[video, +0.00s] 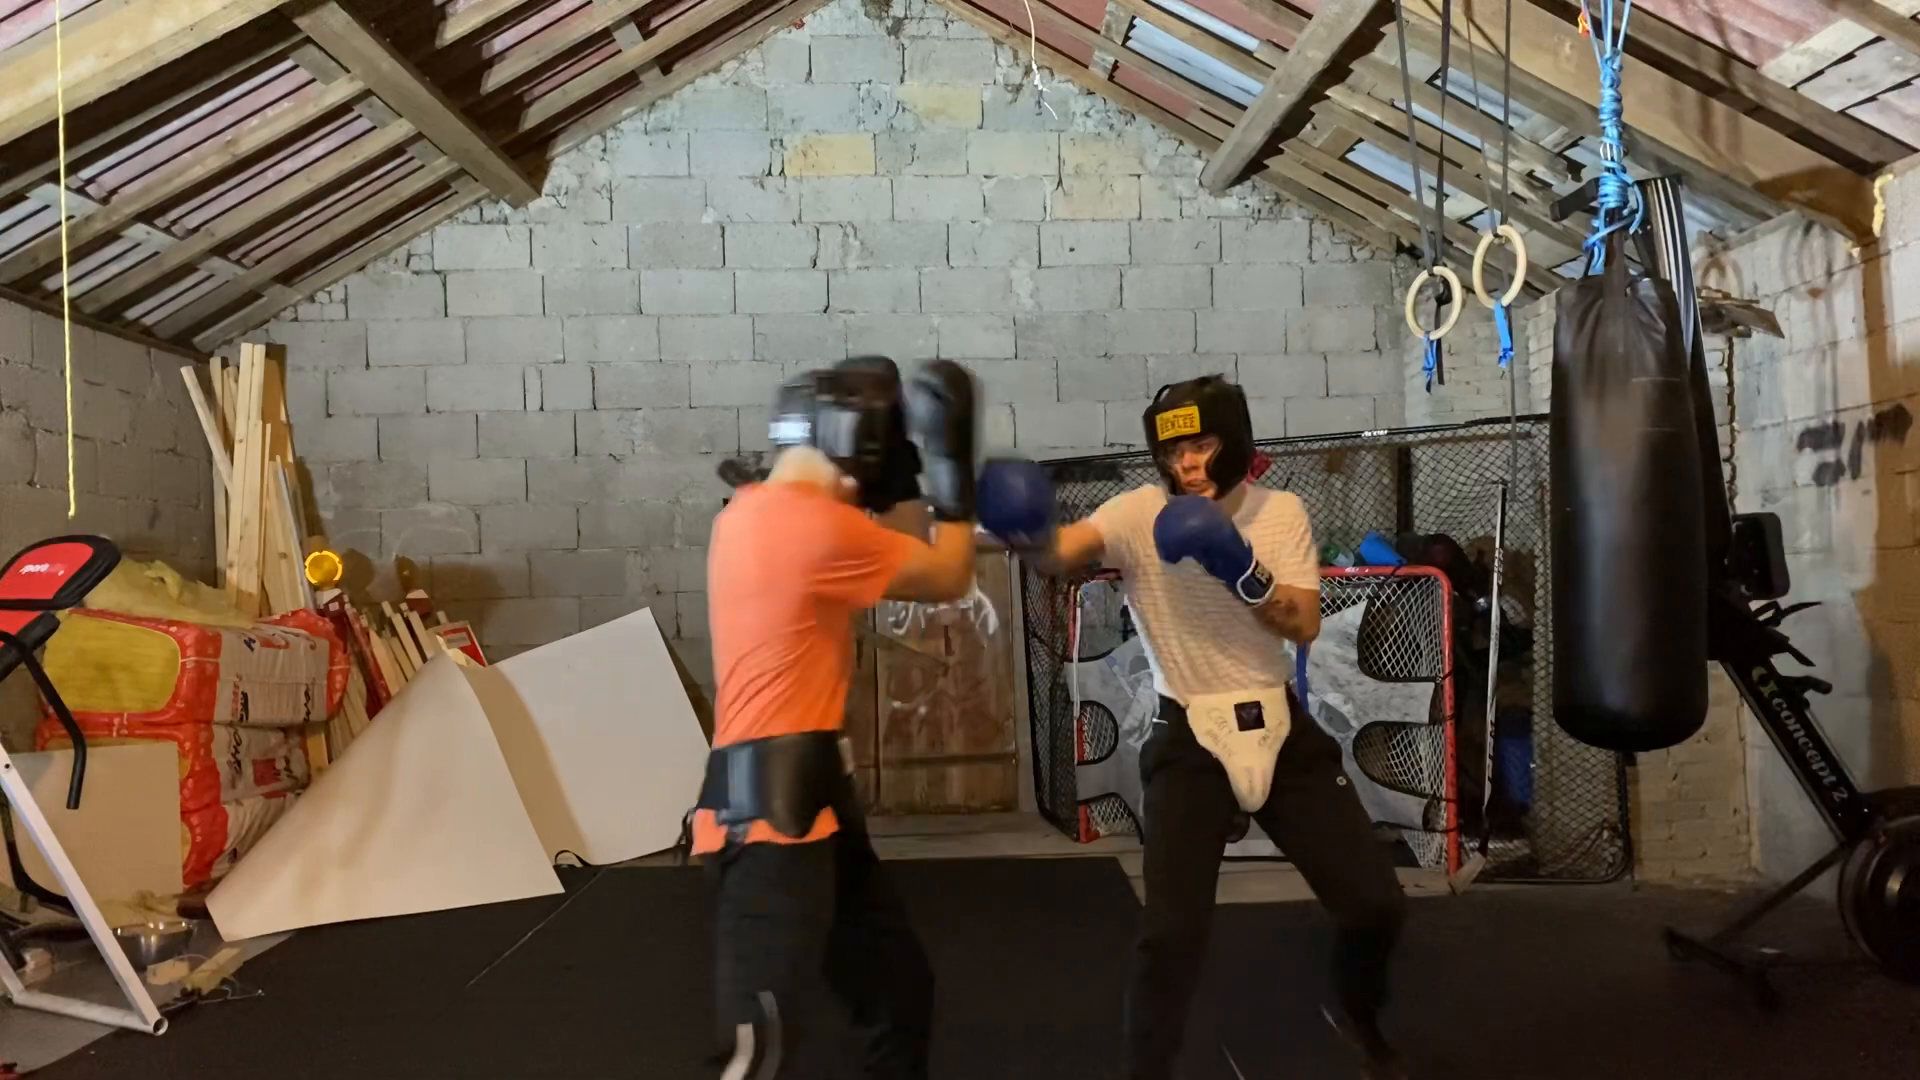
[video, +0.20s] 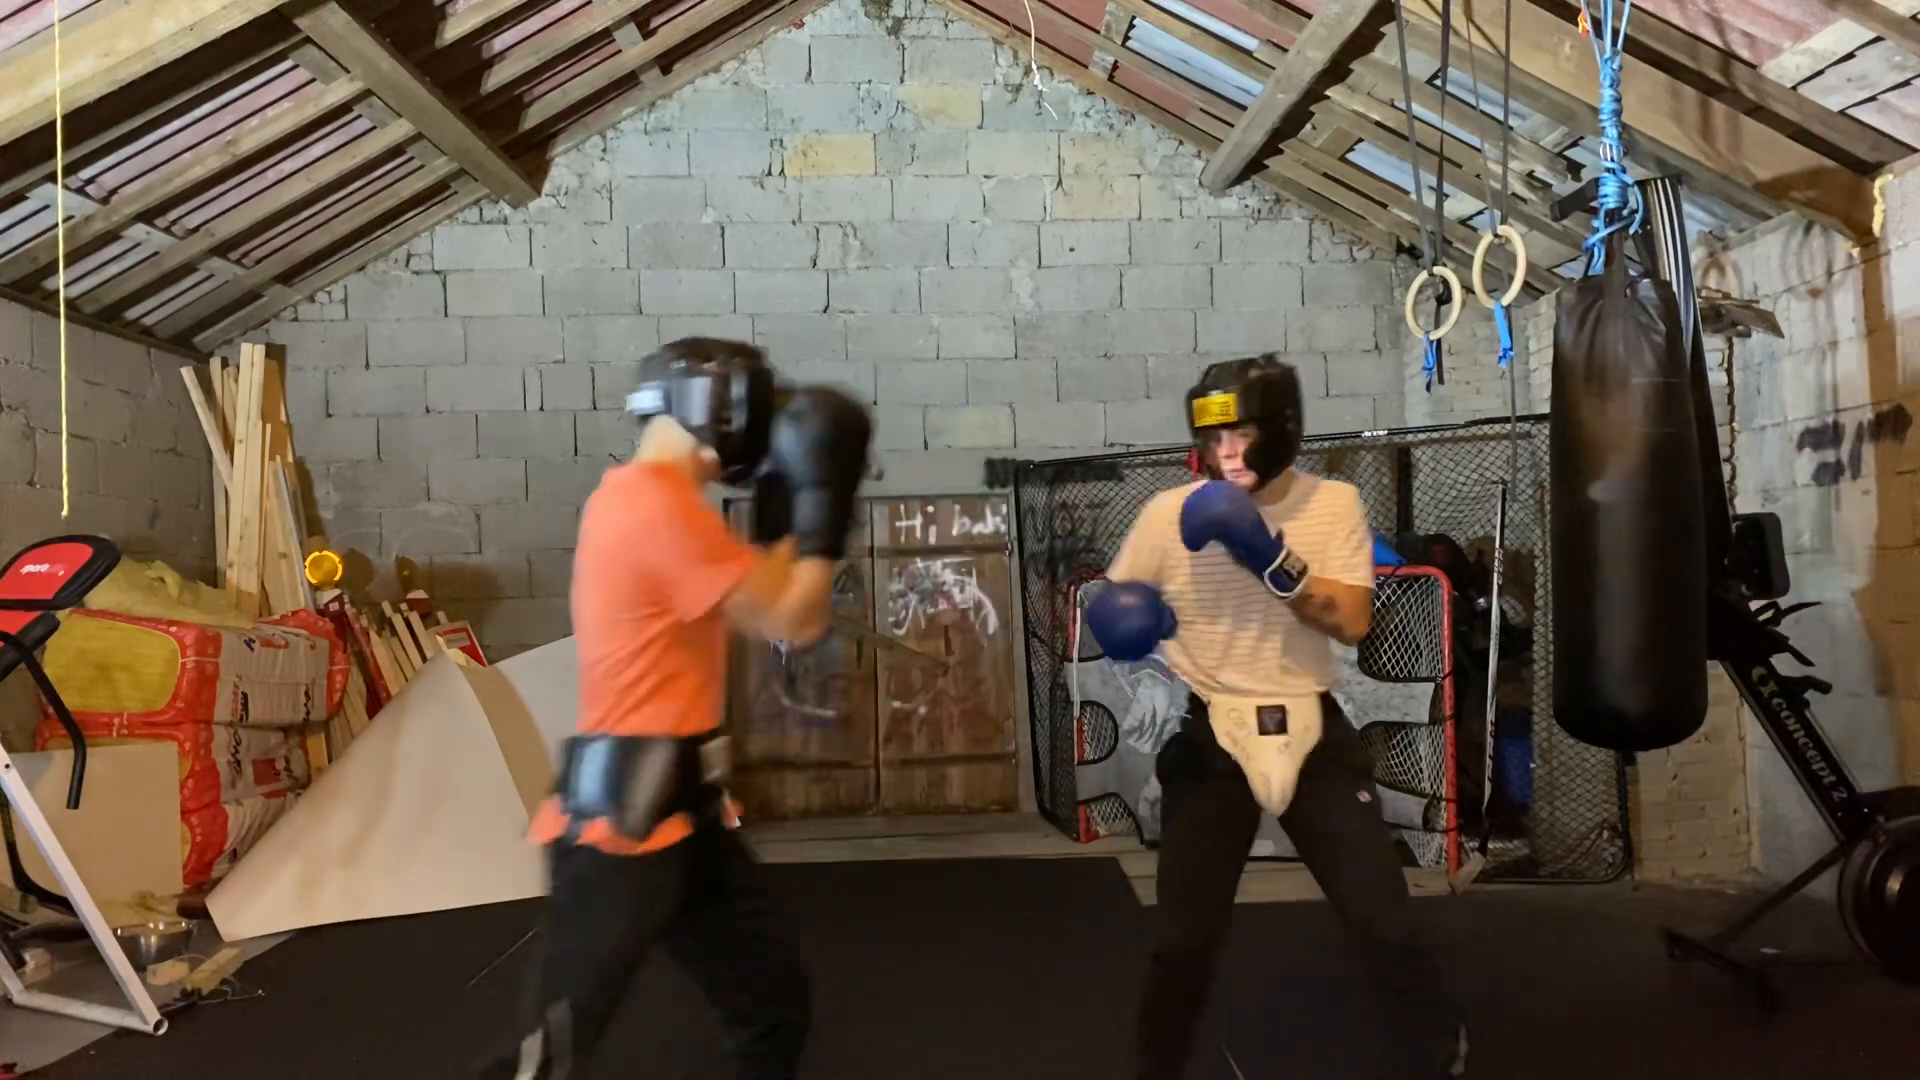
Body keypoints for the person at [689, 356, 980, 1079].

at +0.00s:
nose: (890, 468)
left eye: (895, 449)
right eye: (889, 447)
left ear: (801, 431)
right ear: (859, 447)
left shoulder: (742, 516)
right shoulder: (818, 527)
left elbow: (892, 556)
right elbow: (950, 573)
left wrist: (912, 471)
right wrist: (953, 457)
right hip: (783, 821)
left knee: (897, 992)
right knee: (763, 1044)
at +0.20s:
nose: (760, 429)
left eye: (760, 414)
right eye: (754, 413)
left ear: (674, 406)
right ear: (719, 409)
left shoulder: (648, 495)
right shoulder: (653, 504)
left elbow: (757, 600)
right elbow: (796, 620)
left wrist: (782, 497)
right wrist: (827, 487)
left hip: (678, 817)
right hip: (626, 828)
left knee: (772, 1006)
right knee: (554, 1045)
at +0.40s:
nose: (664, 451)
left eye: (665, 431)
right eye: (656, 430)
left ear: (584, 422)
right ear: (613, 426)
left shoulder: (587, 539)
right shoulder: (502, 532)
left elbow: (589, 692)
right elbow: (595, 701)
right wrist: (662, 578)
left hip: (581, 838)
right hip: (490, 850)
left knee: (678, 1046)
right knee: (463, 1065)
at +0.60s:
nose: (623, 439)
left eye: (624, 419)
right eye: (613, 418)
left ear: (548, 412)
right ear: (566, 412)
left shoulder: (568, 527)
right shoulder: (449, 517)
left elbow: (533, 684)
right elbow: (510, 697)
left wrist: (606, 675)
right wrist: (594, 576)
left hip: (552, 808)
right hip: (449, 822)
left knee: (645, 1042)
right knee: (420, 1061)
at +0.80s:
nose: (636, 470)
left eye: (638, 450)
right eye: (627, 448)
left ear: (574, 446)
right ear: (578, 445)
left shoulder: (574, 560)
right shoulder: (454, 544)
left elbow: (569, 727)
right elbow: (513, 716)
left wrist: (657, 657)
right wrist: (601, 609)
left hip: (553, 821)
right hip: (457, 838)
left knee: (656, 1035)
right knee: (455, 1060)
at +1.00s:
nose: (676, 461)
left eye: (679, 447)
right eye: (667, 444)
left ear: (606, 439)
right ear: (619, 439)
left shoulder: (634, 544)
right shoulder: (512, 535)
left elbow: (712, 654)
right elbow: (634, 648)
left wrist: (736, 533)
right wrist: (687, 524)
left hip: (594, 809)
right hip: (495, 822)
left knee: (680, 1026)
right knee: (436, 1055)